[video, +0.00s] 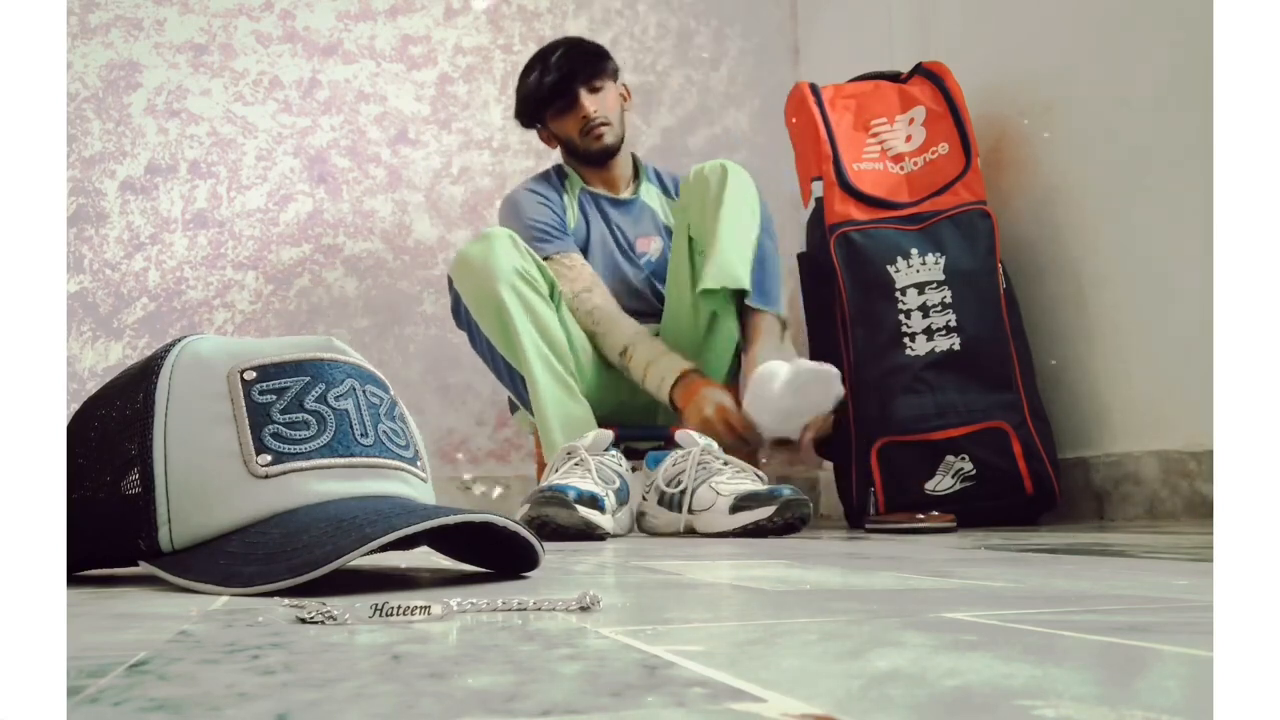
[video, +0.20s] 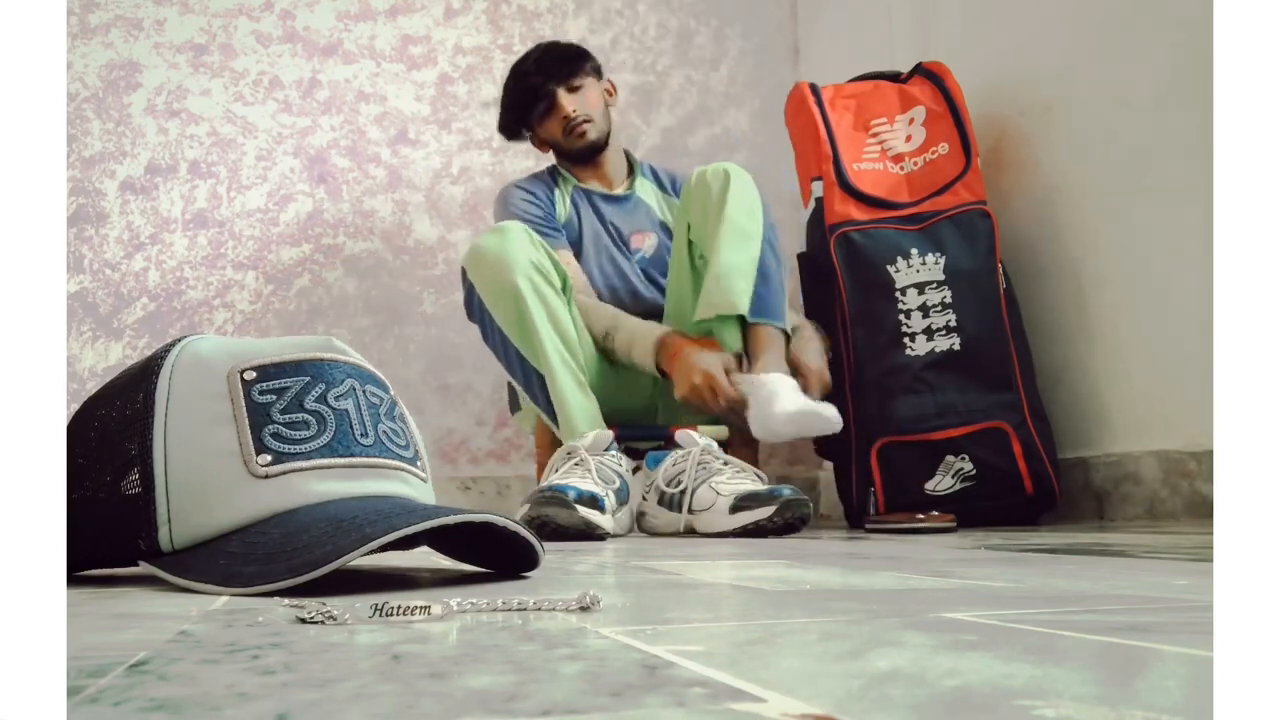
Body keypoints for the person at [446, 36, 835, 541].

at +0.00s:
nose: (588, 109)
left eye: (596, 88)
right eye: (564, 104)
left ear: (623, 96)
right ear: (547, 135)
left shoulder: (689, 193)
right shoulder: (533, 206)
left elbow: (763, 332)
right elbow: (601, 319)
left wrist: (760, 386)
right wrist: (683, 385)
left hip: (684, 378)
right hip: (592, 383)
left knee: (724, 178)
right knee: (482, 254)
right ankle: (582, 459)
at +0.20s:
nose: (567, 109)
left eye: (575, 88)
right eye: (544, 108)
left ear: (609, 92)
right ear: (536, 139)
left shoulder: (680, 191)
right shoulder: (529, 200)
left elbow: (748, 271)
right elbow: (578, 305)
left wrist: (802, 334)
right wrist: (669, 348)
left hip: (688, 380)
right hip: (595, 381)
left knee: (727, 178)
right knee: (494, 249)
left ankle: (765, 373)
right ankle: (591, 454)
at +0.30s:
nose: (566, 104)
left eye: (576, 83)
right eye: (544, 102)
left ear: (611, 91)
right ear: (536, 135)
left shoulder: (681, 189)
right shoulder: (529, 202)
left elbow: (736, 290)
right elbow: (579, 301)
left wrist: (796, 350)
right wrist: (675, 345)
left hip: (692, 380)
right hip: (596, 380)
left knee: (727, 179)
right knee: (489, 251)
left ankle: (762, 391)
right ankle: (588, 458)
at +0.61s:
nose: (605, 142)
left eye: (619, 123)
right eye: (586, 127)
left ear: (645, 105)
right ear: (558, 113)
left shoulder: (688, 193)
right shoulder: (532, 189)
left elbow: (753, 288)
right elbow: (574, 302)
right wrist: (670, 341)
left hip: (690, 384)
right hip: (596, 379)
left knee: (757, 198)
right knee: (491, 251)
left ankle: (789, 446)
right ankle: (589, 459)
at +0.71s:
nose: (618, 148)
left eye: (635, 132)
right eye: (600, 131)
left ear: (660, 113)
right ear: (576, 110)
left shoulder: (697, 193)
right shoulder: (537, 180)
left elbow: (741, 297)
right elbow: (558, 306)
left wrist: (824, 318)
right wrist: (643, 298)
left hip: (696, 373)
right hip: (598, 373)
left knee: (774, 210)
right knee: (486, 253)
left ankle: (805, 450)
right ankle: (585, 460)